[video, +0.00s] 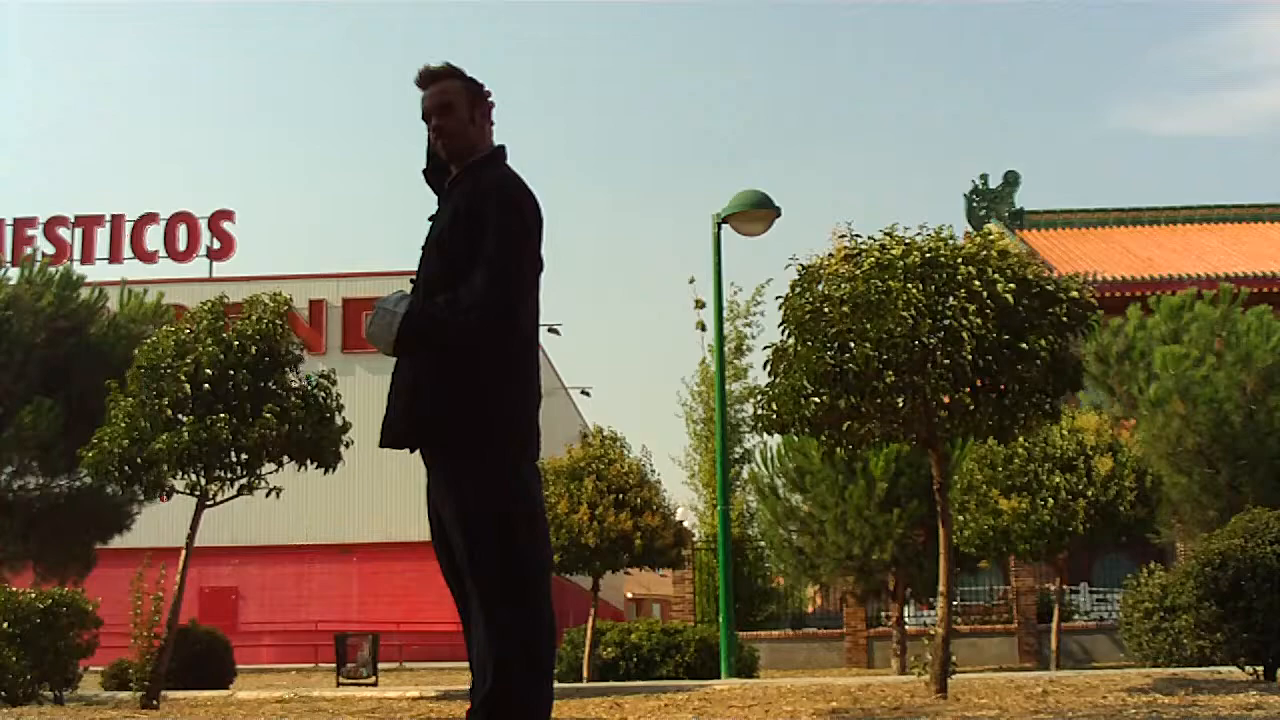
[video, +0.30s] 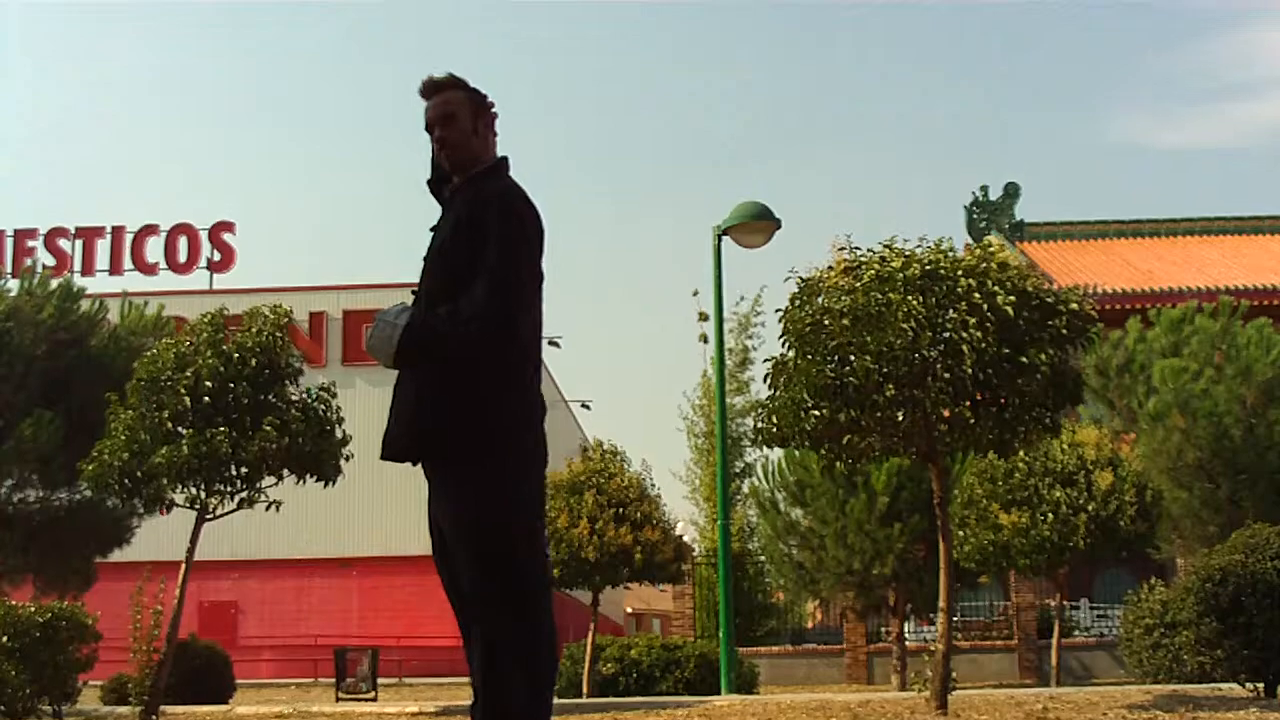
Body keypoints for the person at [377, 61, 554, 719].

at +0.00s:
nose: (434, 126)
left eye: (444, 111)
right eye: (427, 117)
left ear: (484, 109)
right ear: (427, 127)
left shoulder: (502, 194)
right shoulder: (459, 200)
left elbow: (490, 311)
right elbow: (457, 302)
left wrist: (404, 324)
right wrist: (403, 313)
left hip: (489, 424)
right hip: (456, 424)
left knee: (504, 573)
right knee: (472, 572)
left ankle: (515, 706)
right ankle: (493, 700)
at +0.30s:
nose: (436, 137)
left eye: (447, 122)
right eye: (429, 128)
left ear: (487, 120)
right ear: (430, 137)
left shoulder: (503, 205)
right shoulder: (464, 210)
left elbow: (492, 324)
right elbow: (465, 315)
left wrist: (405, 337)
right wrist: (407, 326)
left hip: (493, 440)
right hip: (459, 441)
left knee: (505, 592)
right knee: (473, 591)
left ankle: (516, 710)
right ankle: (496, 706)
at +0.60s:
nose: (426, 161)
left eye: (434, 145)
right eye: (427, 147)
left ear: (464, 143)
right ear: (476, 145)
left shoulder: (497, 208)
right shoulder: (468, 210)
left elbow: (481, 330)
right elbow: (464, 316)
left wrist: (401, 337)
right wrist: (406, 322)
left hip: (486, 446)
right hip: (462, 444)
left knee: (500, 594)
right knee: (479, 590)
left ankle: (514, 707)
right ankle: (500, 704)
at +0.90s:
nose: (434, 139)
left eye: (445, 124)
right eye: (428, 130)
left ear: (485, 122)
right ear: (429, 139)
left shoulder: (499, 205)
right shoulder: (467, 210)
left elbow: (486, 324)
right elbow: (465, 316)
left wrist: (404, 339)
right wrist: (408, 326)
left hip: (487, 430)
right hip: (462, 429)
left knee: (500, 571)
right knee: (470, 570)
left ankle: (514, 706)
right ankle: (498, 702)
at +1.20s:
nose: (431, 141)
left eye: (442, 126)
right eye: (424, 132)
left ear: (483, 127)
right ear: (426, 142)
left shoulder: (500, 208)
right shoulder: (466, 213)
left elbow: (487, 328)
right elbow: (465, 321)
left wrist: (405, 339)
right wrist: (408, 333)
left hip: (492, 438)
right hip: (464, 438)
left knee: (502, 584)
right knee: (474, 584)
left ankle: (517, 710)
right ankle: (499, 706)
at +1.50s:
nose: (417, 159)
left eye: (424, 144)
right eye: (413, 149)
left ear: (472, 132)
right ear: (469, 139)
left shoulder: (474, 213)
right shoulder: (498, 208)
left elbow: (459, 343)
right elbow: (475, 337)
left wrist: (395, 348)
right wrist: (409, 339)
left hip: (480, 447)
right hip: (501, 442)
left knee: (497, 609)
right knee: (505, 607)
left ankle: (507, 711)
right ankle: (512, 711)